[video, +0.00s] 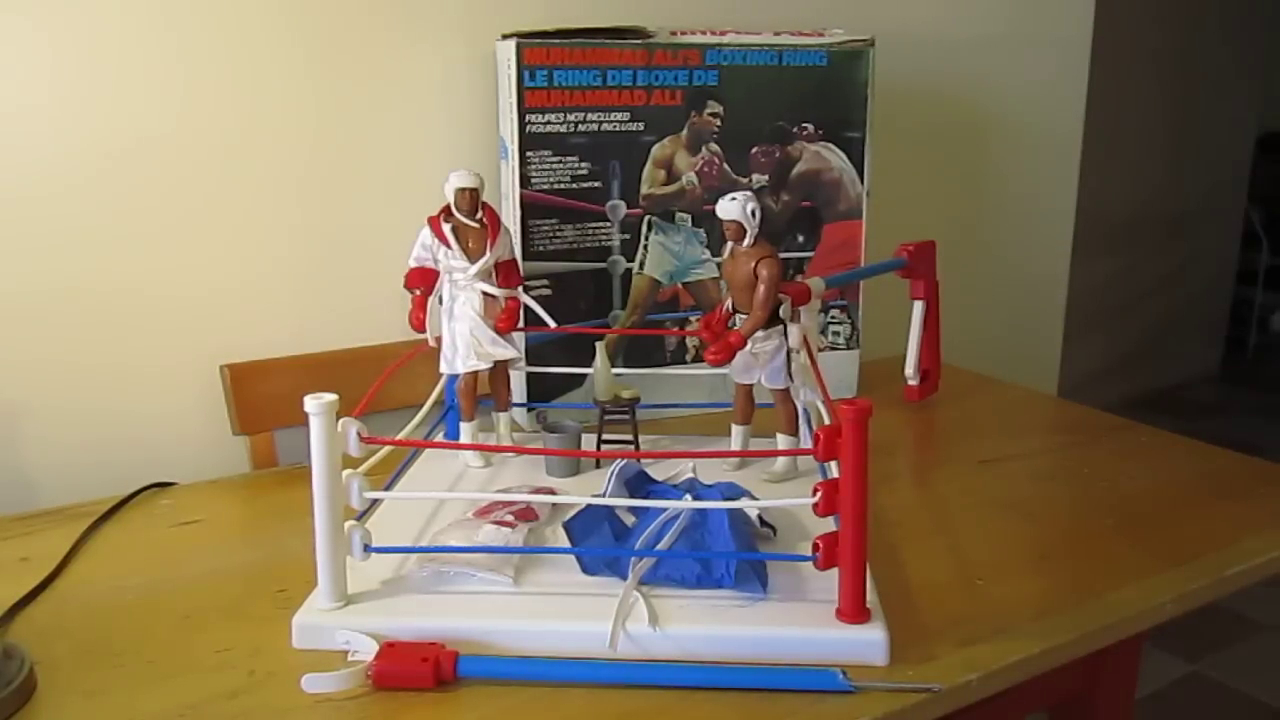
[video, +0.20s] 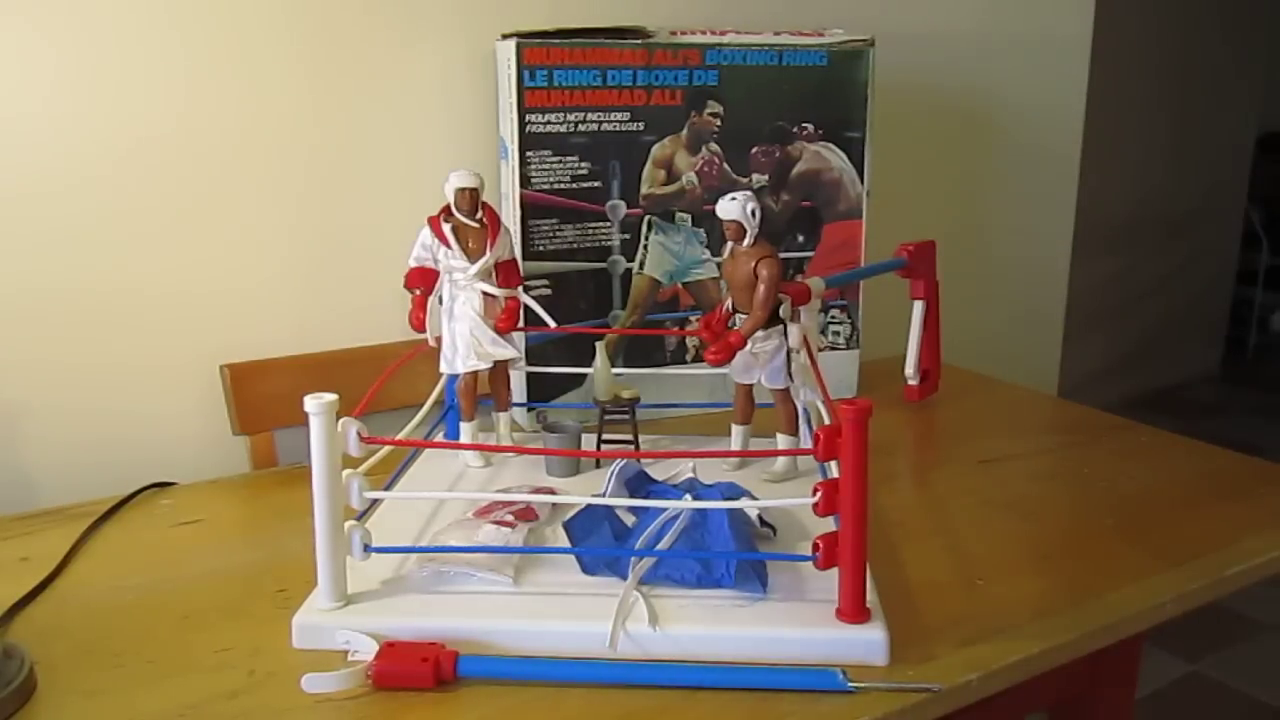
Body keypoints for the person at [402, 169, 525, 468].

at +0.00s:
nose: (467, 199)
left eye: (472, 192)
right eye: (461, 193)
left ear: (480, 195)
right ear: (450, 196)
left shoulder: (495, 228)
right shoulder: (435, 231)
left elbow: (508, 270)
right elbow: (421, 273)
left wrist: (510, 307)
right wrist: (420, 314)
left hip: (492, 303)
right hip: (458, 305)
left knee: (500, 365)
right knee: (468, 370)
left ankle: (505, 432)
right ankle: (469, 440)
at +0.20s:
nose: (467, 199)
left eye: (472, 192)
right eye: (461, 193)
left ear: (480, 194)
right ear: (450, 196)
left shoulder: (495, 227)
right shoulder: (435, 230)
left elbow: (507, 268)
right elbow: (421, 272)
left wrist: (510, 306)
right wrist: (420, 311)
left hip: (492, 303)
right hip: (458, 305)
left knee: (500, 365)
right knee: (468, 370)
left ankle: (505, 433)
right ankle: (469, 441)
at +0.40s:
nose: (467, 199)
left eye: (472, 192)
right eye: (461, 193)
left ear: (480, 194)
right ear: (450, 196)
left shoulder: (495, 228)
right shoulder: (435, 231)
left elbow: (508, 270)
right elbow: (421, 274)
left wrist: (510, 307)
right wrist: (422, 317)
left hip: (492, 303)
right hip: (458, 305)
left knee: (500, 365)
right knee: (468, 370)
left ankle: (505, 433)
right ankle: (469, 441)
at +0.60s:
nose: (468, 198)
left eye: (473, 192)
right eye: (462, 192)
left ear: (481, 195)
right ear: (451, 196)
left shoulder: (496, 229)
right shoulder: (436, 231)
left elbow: (508, 269)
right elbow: (421, 269)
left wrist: (511, 305)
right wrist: (419, 304)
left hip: (494, 304)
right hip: (459, 305)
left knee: (500, 365)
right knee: (468, 370)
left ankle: (504, 432)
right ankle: (469, 441)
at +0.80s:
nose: (468, 199)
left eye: (473, 192)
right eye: (461, 192)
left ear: (481, 195)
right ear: (451, 196)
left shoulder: (496, 229)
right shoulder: (436, 230)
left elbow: (508, 269)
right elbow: (421, 268)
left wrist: (511, 304)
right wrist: (419, 303)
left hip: (493, 303)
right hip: (459, 304)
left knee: (500, 364)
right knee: (468, 370)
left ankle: (505, 432)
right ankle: (468, 441)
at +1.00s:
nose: (468, 198)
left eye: (473, 191)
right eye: (462, 192)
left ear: (481, 194)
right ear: (451, 196)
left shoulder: (496, 228)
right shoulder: (436, 230)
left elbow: (508, 268)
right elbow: (422, 267)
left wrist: (512, 304)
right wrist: (419, 303)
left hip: (493, 304)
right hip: (459, 306)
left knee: (500, 365)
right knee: (469, 370)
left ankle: (504, 433)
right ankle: (469, 441)